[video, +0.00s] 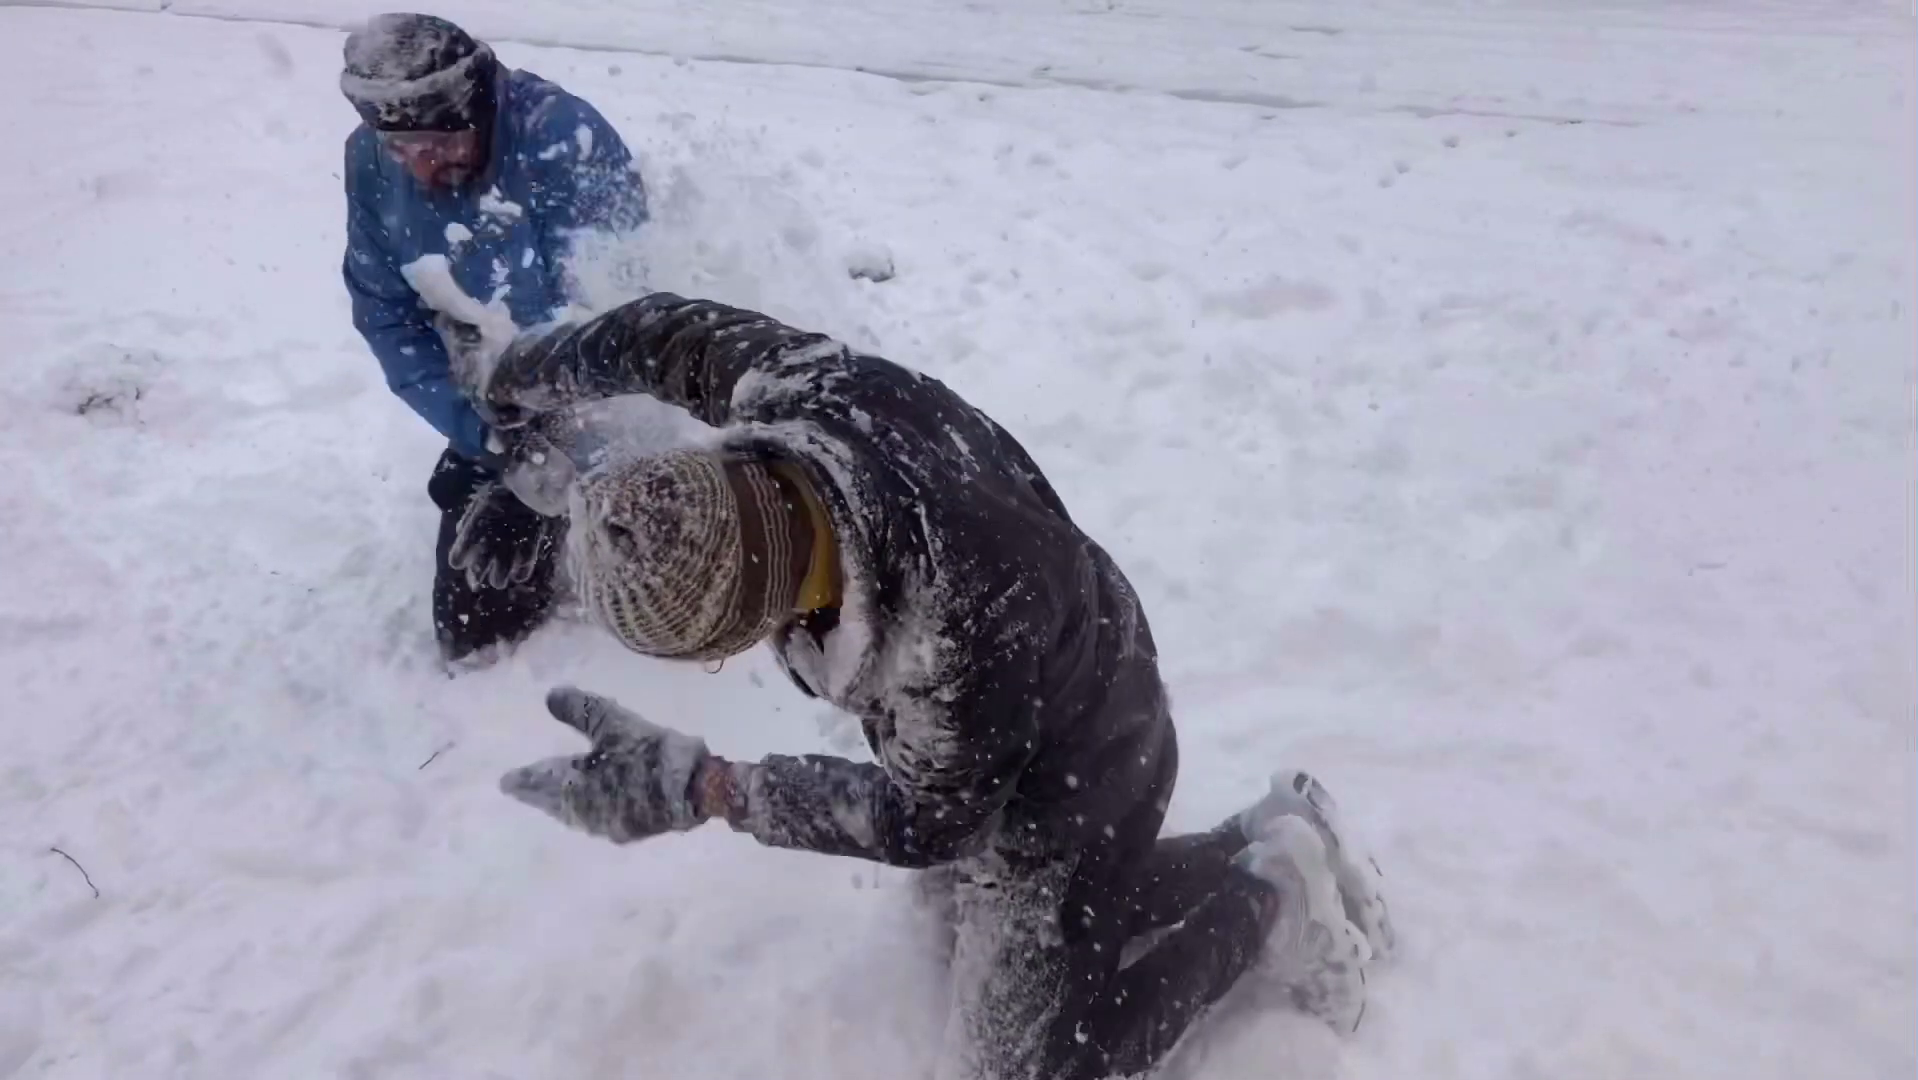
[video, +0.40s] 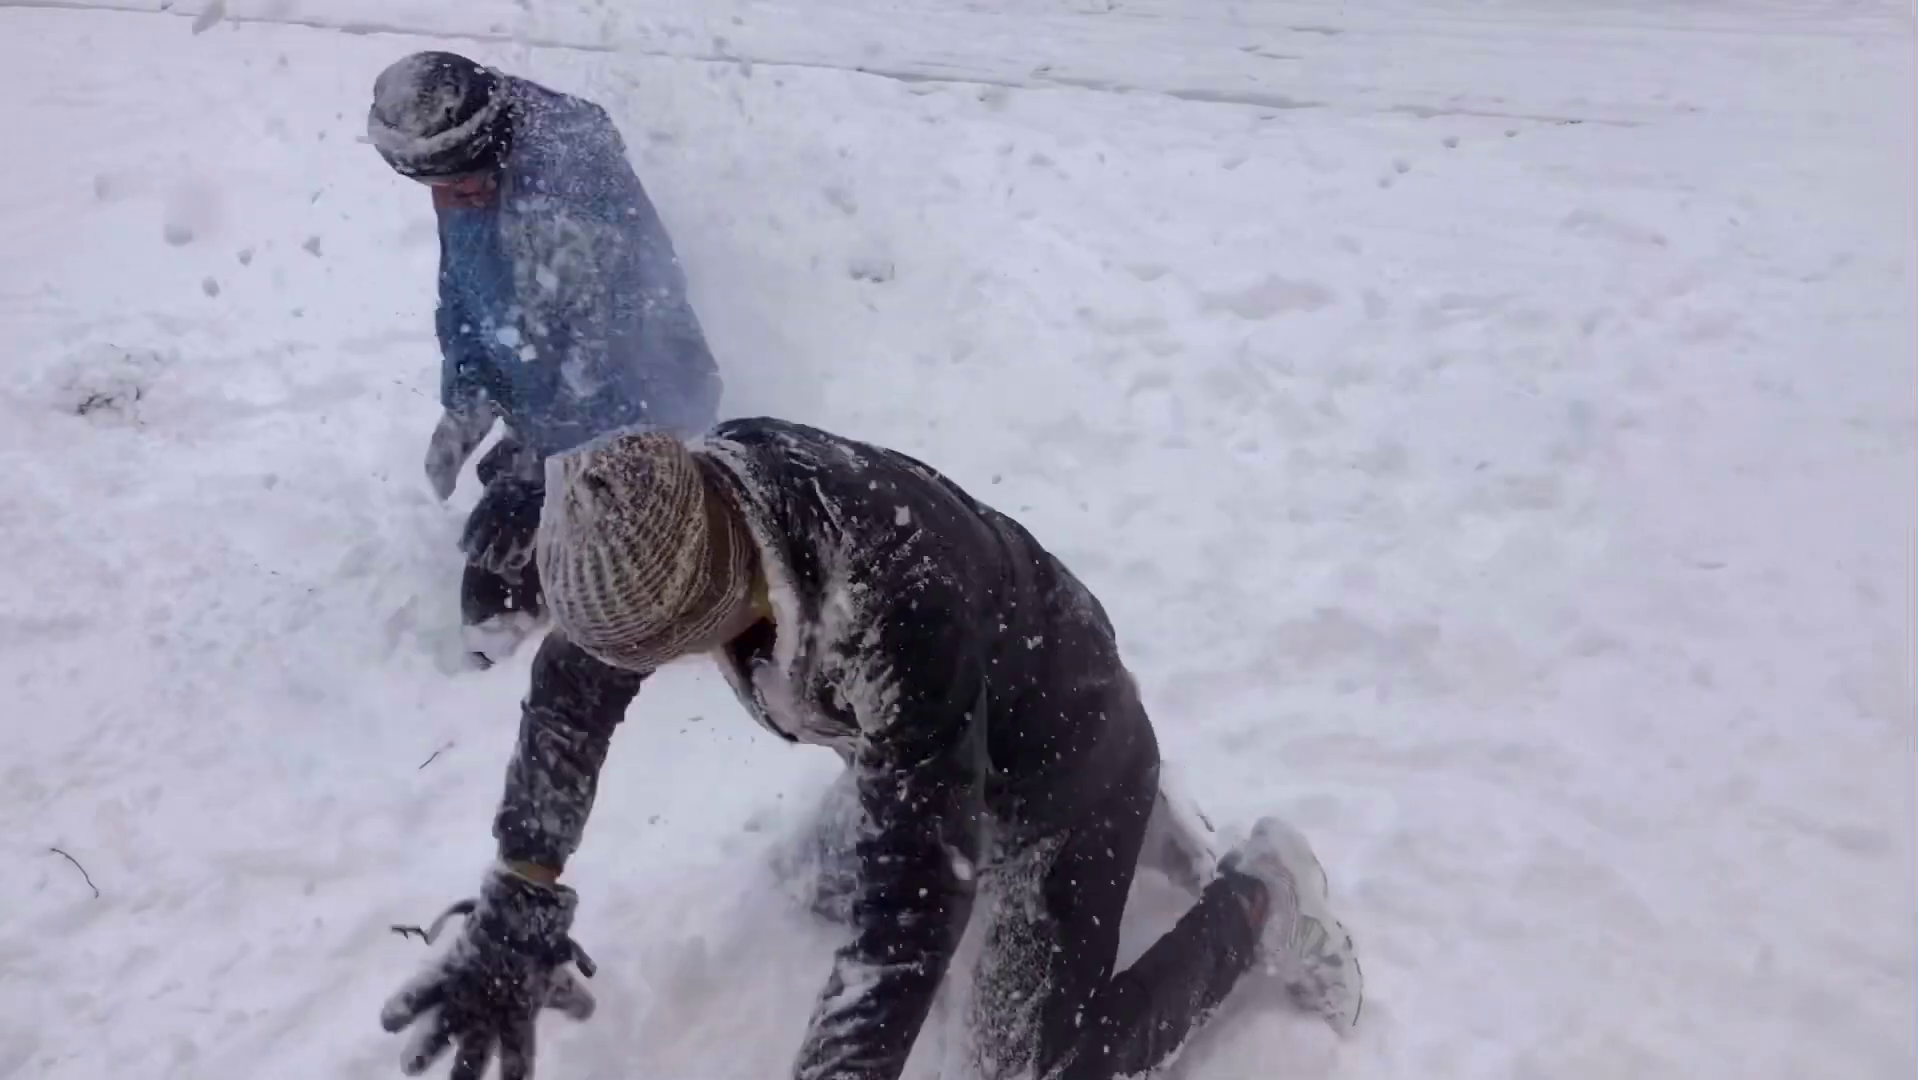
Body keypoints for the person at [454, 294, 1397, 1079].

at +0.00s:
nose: (712, 660)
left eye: (712, 638)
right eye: (680, 640)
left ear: (765, 593)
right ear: (675, 480)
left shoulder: (946, 611)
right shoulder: (786, 390)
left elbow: (927, 820)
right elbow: (657, 332)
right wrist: (529, 389)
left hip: (1079, 756)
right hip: (957, 707)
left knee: (1030, 1051)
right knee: (968, 917)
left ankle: (1278, 875)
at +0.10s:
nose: (682, 629)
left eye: (679, 612)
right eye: (652, 608)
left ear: (732, 573)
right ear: (660, 445)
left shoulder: (914, 634)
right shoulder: (764, 384)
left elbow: (935, 869)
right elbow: (617, 361)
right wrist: (450, 465)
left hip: (1082, 747)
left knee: (1026, 1058)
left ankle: (1267, 902)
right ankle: (1196, 836)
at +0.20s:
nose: (680, 634)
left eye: (684, 617)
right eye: (655, 621)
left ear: (732, 569)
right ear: (620, 476)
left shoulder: (907, 592)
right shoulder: (679, 438)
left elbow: (947, 893)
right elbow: (544, 483)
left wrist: (789, 1058)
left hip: (1072, 716)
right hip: (942, 699)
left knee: (1048, 1051)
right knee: (907, 909)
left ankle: (1268, 907)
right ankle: (1129, 818)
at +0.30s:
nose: (674, 655)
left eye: (678, 633)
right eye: (638, 640)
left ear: (726, 572)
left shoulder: (892, 603)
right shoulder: (649, 490)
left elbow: (929, 920)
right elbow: (551, 642)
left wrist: (832, 1073)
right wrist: (487, 829)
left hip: (1070, 726)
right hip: (925, 710)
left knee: (1024, 1064)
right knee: (847, 881)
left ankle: (1259, 911)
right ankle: (1091, 832)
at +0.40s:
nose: (651, 666)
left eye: (663, 645)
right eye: (625, 651)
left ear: (720, 589)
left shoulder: (893, 597)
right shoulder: (663, 510)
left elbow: (910, 911)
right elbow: (568, 704)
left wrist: (841, 1068)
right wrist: (516, 914)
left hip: (1060, 753)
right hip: (909, 731)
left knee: (1029, 1067)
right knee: (845, 894)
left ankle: (1252, 908)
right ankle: (1065, 846)